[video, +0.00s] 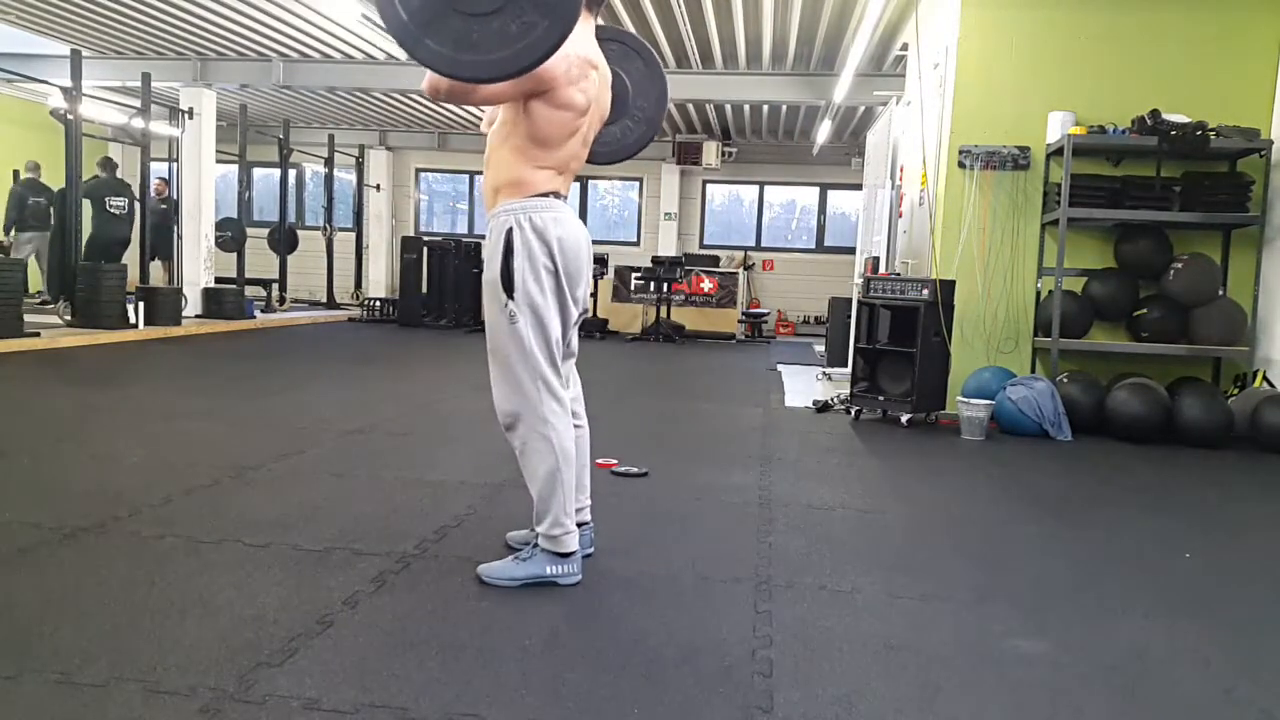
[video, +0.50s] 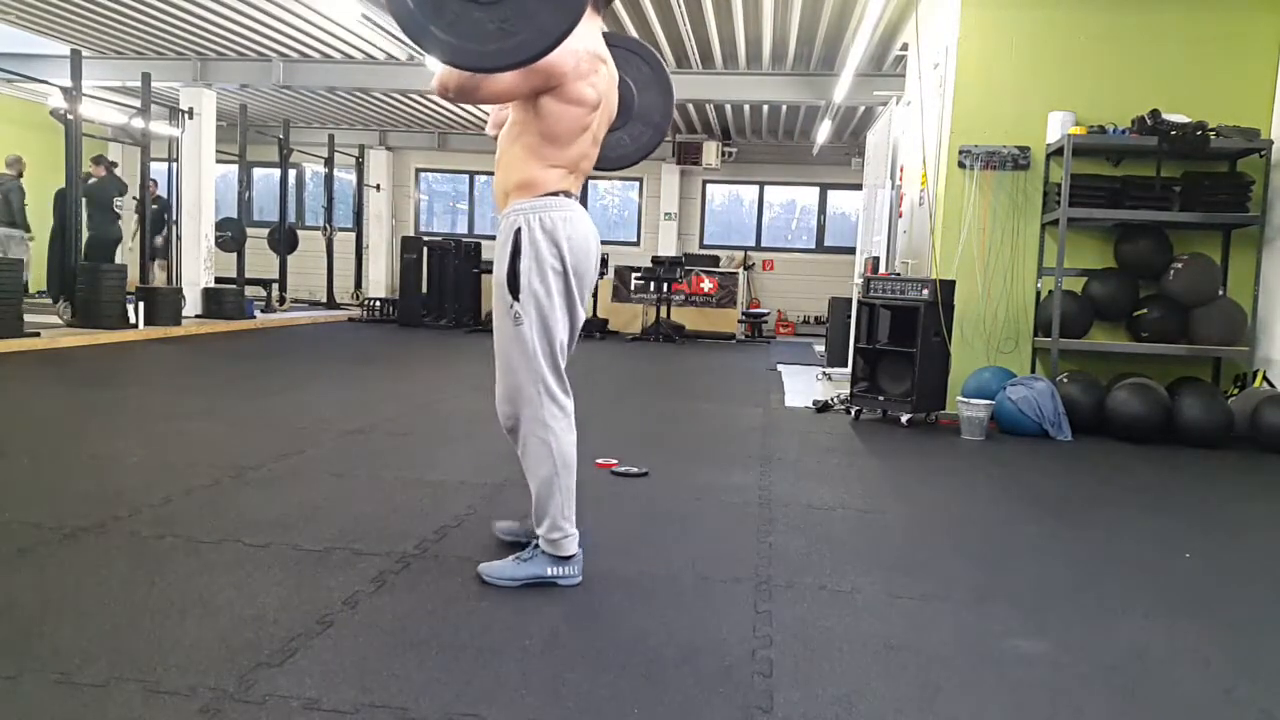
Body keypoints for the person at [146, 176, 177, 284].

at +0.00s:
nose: (156, 187)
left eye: (159, 185)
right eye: (155, 184)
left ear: (166, 187)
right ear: (152, 186)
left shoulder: (172, 202)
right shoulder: (150, 201)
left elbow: (177, 218)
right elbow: (146, 217)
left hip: (166, 237)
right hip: (150, 236)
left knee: (166, 265)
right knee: (144, 263)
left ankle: (168, 287)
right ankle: (144, 286)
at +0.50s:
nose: (148, 189)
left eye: (151, 186)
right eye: (147, 187)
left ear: (156, 188)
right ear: (145, 188)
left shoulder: (162, 201)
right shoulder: (142, 201)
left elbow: (168, 220)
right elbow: (136, 221)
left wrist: (163, 236)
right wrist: (131, 241)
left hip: (158, 235)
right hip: (145, 235)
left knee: (162, 263)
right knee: (146, 262)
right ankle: (145, 284)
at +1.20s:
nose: (165, 191)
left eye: (168, 188)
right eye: (163, 188)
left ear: (173, 189)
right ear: (160, 189)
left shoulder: (177, 202)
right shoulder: (155, 203)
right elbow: (149, 220)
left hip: (175, 234)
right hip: (160, 233)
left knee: (176, 263)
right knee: (155, 263)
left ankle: (177, 289)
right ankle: (152, 288)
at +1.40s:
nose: (169, 192)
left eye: (172, 189)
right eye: (167, 189)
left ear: (176, 190)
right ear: (165, 189)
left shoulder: (180, 203)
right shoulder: (160, 204)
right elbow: (150, 218)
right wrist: (162, 221)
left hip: (179, 237)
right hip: (165, 237)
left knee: (180, 266)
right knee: (158, 266)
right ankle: (152, 287)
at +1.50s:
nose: (171, 192)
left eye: (174, 189)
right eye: (169, 189)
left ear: (177, 190)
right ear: (166, 190)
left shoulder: (181, 203)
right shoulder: (161, 204)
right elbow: (152, 219)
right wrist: (164, 222)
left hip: (179, 237)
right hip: (166, 236)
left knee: (178, 264)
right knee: (160, 264)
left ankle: (177, 289)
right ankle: (153, 288)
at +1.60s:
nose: (173, 192)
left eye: (175, 189)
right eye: (171, 189)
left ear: (178, 190)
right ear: (167, 190)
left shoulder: (181, 204)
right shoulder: (163, 204)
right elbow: (155, 218)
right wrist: (165, 222)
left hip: (179, 236)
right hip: (167, 235)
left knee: (177, 264)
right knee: (160, 264)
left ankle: (177, 288)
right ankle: (153, 287)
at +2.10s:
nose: (168, 191)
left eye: (171, 188)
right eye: (166, 188)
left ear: (176, 190)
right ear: (163, 190)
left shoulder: (179, 204)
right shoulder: (158, 204)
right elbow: (154, 221)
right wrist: (153, 236)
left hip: (177, 236)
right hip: (163, 236)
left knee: (175, 264)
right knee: (156, 264)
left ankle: (175, 288)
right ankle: (153, 287)